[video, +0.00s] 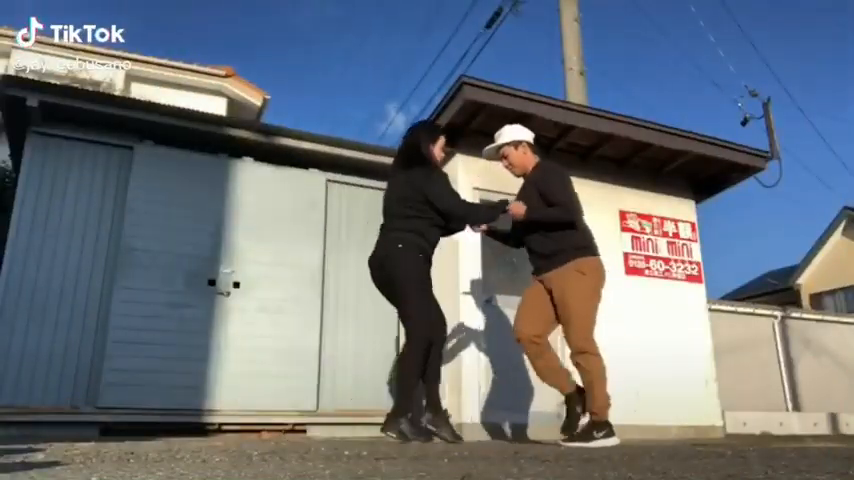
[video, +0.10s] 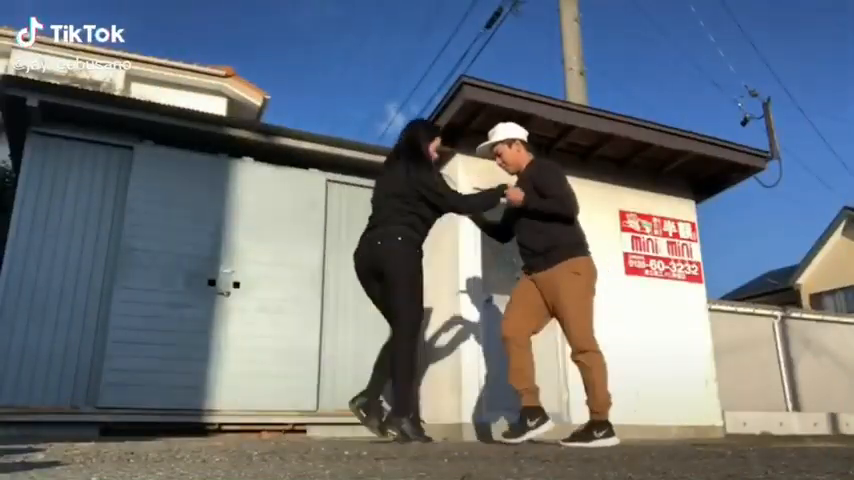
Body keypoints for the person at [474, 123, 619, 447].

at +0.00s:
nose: (504, 164)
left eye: (505, 156)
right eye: (501, 159)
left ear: (524, 148)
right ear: (517, 154)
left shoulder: (549, 173)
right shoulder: (526, 190)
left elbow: (570, 214)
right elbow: (520, 238)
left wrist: (528, 213)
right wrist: (490, 230)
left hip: (576, 268)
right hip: (547, 277)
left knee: (581, 344)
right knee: (528, 333)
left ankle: (601, 422)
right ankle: (572, 394)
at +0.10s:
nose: (497, 161)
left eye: (499, 153)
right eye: (494, 156)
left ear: (517, 145)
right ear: (509, 152)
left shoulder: (544, 170)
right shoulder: (519, 187)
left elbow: (569, 209)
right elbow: (503, 233)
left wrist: (525, 200)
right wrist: (473, 213)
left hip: (569, 268)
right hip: (536, 276)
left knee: (583, 345)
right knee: (513, 331)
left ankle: (600, 422)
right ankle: (532, 414)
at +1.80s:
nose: (517, 137)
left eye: (524, 132)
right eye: (516, 131)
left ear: (540, 137)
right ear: (521, 136)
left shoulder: (547, 162)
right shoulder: (526, 187)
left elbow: (515, 139)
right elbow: (534, 235)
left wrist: (476, 107)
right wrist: (515, 240)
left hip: (570, 264)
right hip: (563, 267)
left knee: (549, 337)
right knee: (582, 343)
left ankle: (566, 422)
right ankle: (636, 410)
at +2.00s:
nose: (517, 136)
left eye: (524, 132)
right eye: (518, 131)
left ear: (541, 139)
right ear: (527, 137)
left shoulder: (542, 159)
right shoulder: (527, 185)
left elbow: (502, 141)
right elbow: (529, 240)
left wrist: (458, 115)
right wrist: (502, 248)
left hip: (569, 266)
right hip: (564, 269)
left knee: (540, 340)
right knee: (581, 345)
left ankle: (544, 423)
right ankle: (640, 411)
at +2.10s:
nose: (513, 138)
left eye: (519, 133)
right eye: (514, 134)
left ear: (537, 139)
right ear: (529, 140)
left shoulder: (543, 159)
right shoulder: (523, 191)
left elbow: (506, 153)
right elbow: (518, 243)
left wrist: (472, 140)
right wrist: (480, 248)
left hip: (565, 262)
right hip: (545, 270)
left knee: (547, 343)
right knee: (531, 346)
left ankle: (545, 423)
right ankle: (601, 396)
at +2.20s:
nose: (510, 140)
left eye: (517, 135)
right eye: (512, 135)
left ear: (535, 140)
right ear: (526, 141)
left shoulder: (545, 162)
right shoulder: (519, 194)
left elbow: (503, 154)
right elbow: (508, 241)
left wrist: (490, 158)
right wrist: (467, 240)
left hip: (559, 264)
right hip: (532, 270)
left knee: (543, 341)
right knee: (504, 331)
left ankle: (548, 420)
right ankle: (554, 388)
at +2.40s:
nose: (512, 149)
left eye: (517, 141)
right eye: (511, 143)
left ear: (534, 139)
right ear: (513, 147)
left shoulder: (552, 165)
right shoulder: (511, 188)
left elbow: (554, 135)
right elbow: (502, 235)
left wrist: (508, 138)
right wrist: (464, 226)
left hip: (544, 267)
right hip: (512, 269)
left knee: (527, 341)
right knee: (490, 331)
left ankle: (543, 422)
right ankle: (503, 415)